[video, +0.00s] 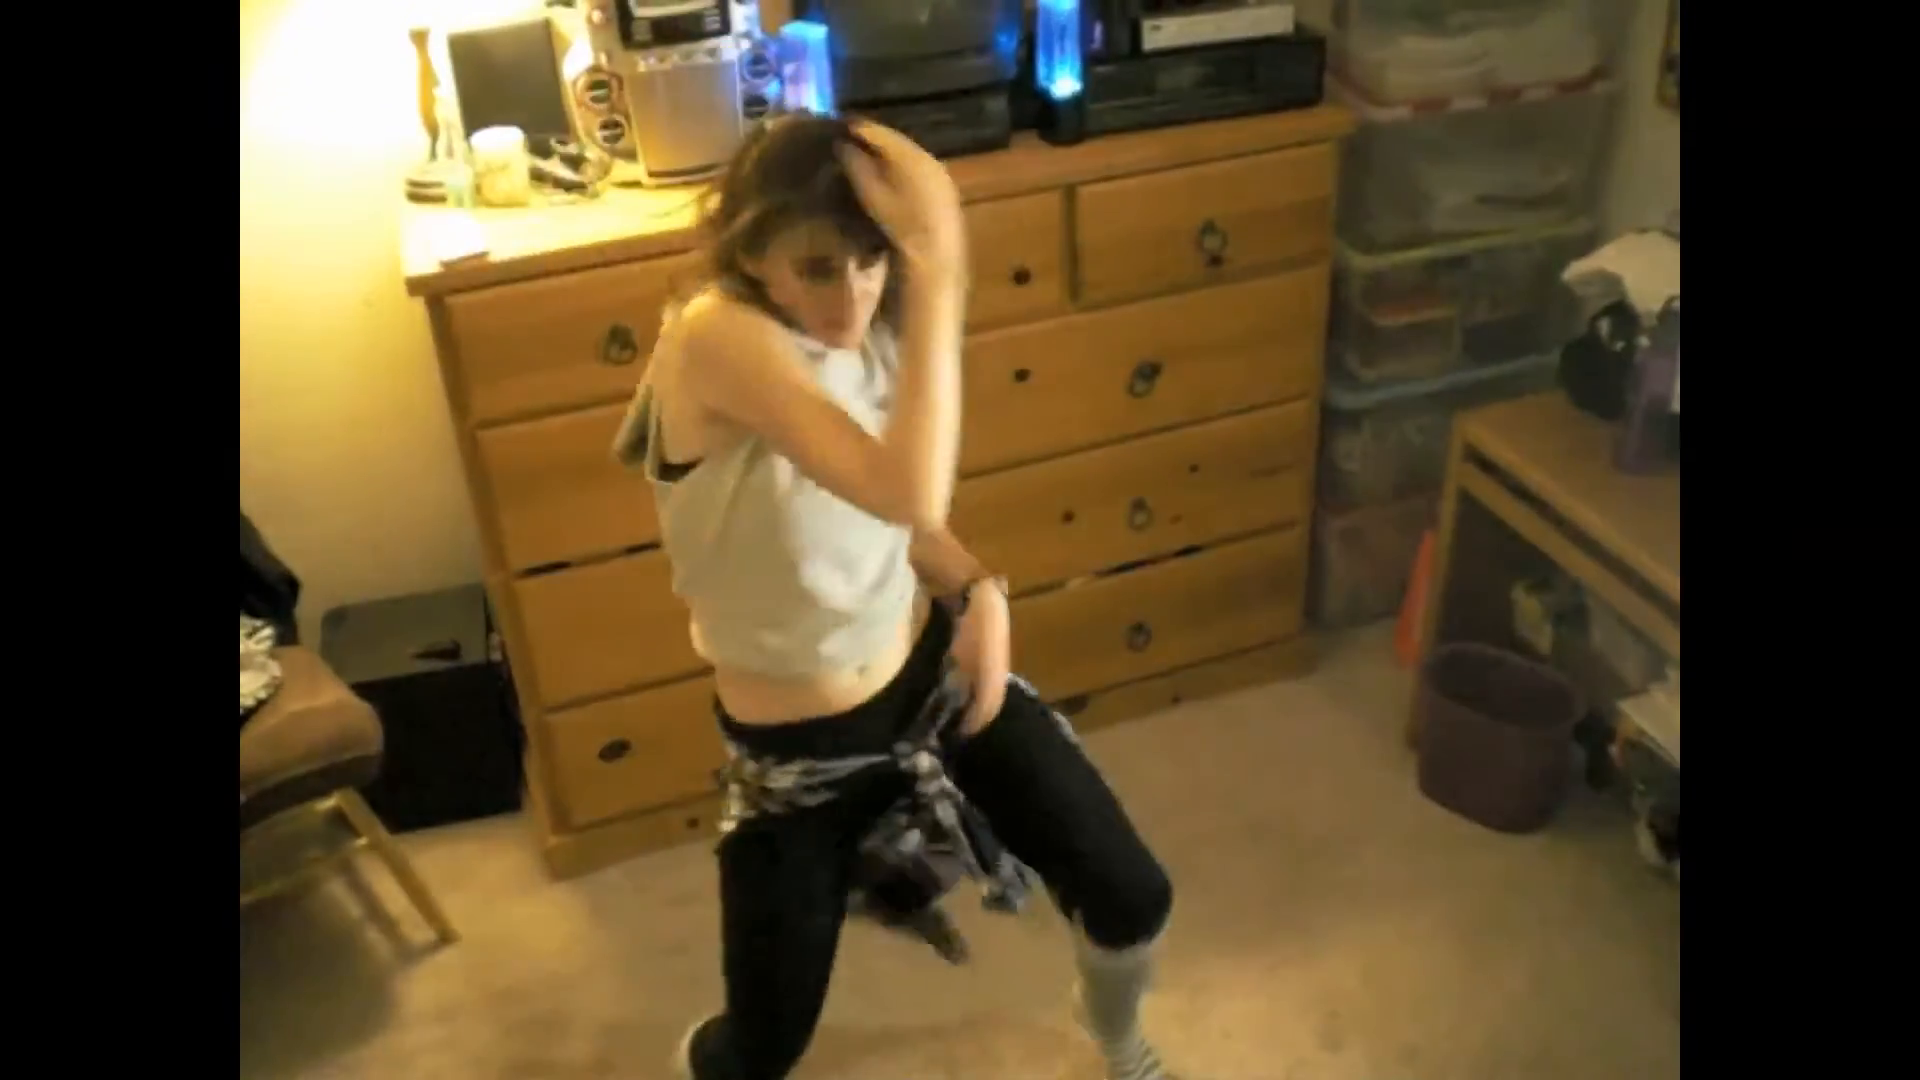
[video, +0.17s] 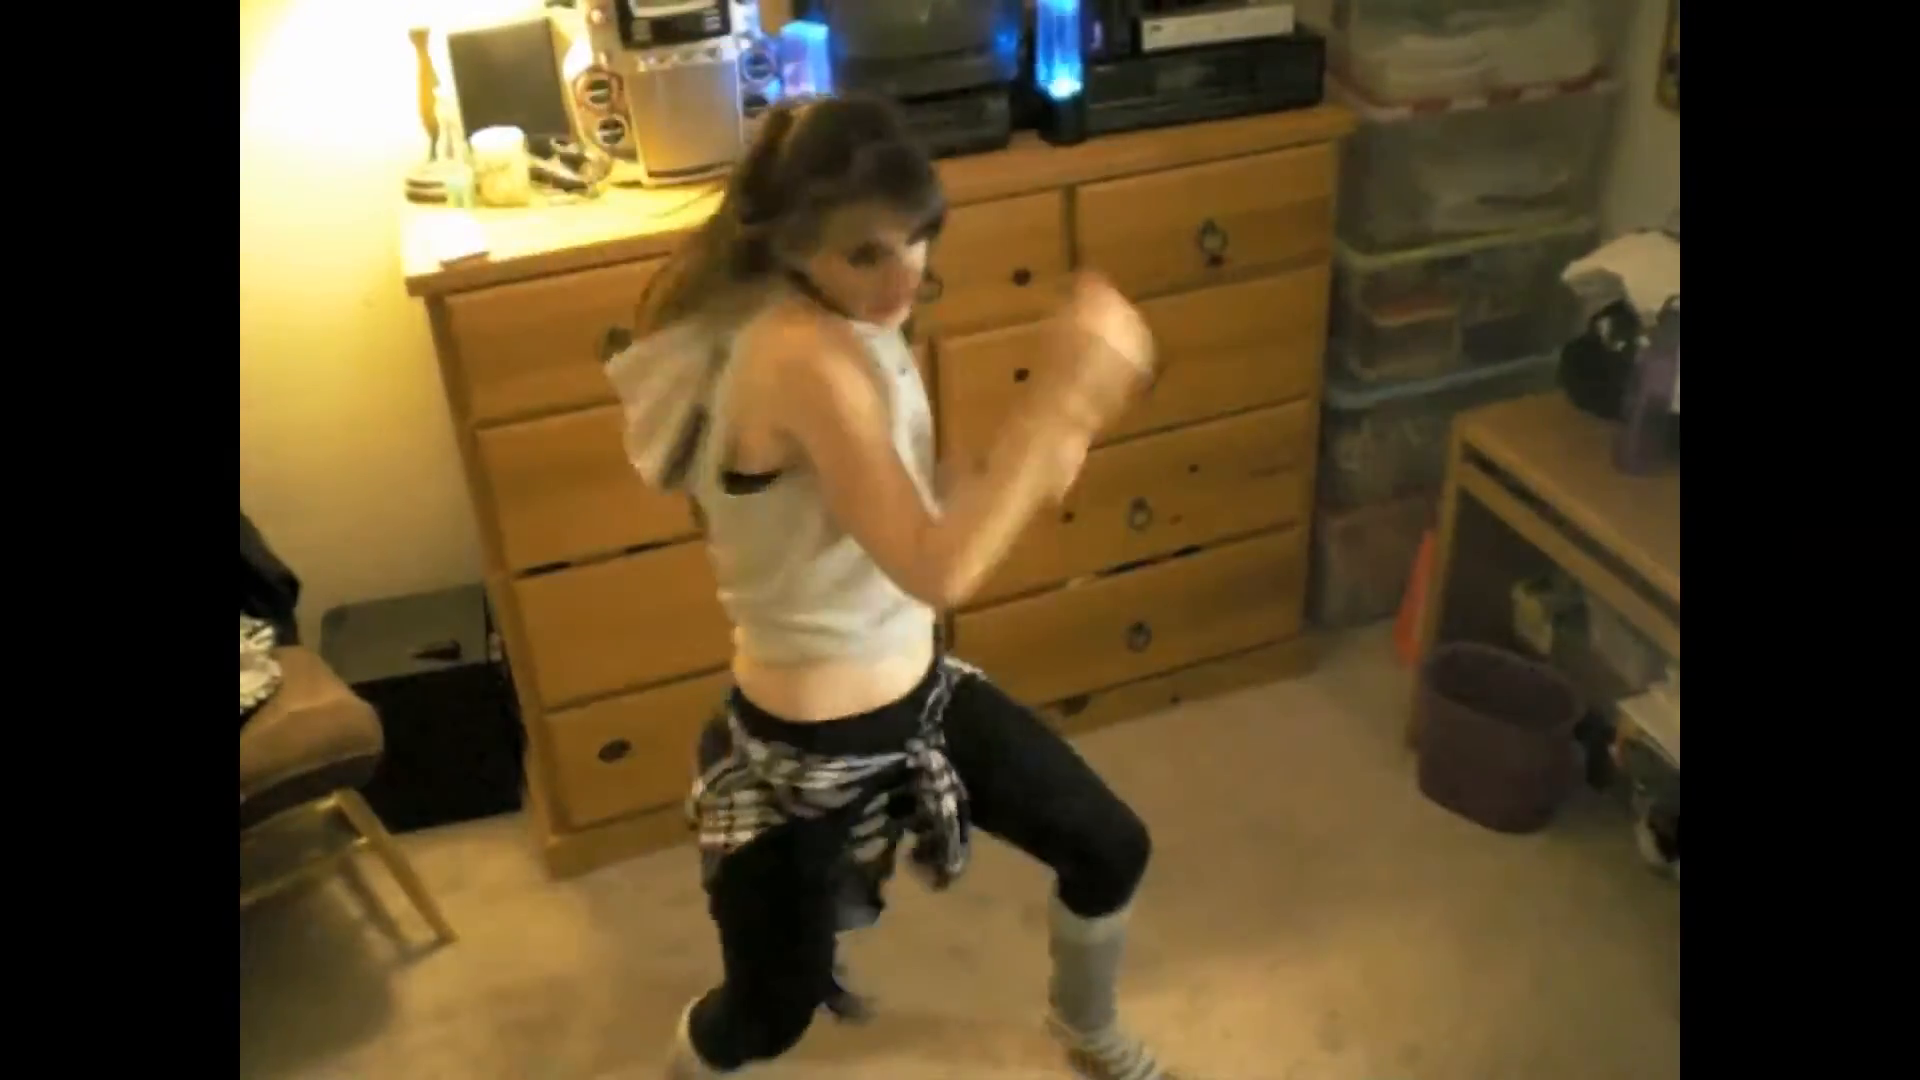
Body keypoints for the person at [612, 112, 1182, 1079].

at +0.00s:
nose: (850, 300)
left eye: (871, 262)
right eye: (816, 272)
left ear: (890, 251)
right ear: (749, 257)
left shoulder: (875, 331)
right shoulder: (715, 337)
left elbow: (889, 510)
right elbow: (908, 490)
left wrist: (980, 591)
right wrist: (938, 264)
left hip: (937, 686)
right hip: (797, 761)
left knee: (1133, 899)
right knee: (763, 1045)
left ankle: (1115, 1039)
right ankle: (703, 1066)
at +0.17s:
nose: (906, 276)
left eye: (919, 241)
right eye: (867, 256)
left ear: (932, 216)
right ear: (795, 250)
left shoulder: (862, 326)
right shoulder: (800, 362)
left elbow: (918, 496)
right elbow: (940, 570)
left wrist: (1023, 465)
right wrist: (1065, 398)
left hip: (924, 703)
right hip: (798, 761)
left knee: (1109, 847)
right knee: (768, 1013)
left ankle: (1086, 1025)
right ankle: (688, 1059)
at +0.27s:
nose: (939, 273)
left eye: (949, 238)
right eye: (901, 254)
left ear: (961, 217)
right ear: (821, 248)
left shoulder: (888, 327)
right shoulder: (852, 356)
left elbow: (983, 450)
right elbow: (986, 572)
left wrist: (1142, 486)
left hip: (918, 711)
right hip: (821, 759)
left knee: (1086, 859)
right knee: (774, 992)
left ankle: (1079, 1022)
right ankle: (668, 1062)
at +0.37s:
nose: (1007, 263)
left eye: (1012, 229)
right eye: (965, 246)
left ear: (1024, 219)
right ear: (897, 256)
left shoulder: (938, 326)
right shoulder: (948, 371)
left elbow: (1026, 410)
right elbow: (1013, 605)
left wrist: (1129, 479)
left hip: (933, 716)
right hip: (844, 752)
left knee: (1060, 861)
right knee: (782, 993)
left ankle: (1071, 1023)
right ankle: (650, 1059)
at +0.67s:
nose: (1136, 810)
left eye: (1155, 806)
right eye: (1156, 799)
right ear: (1163, 737)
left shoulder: (1089, 567)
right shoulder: (1031, 712)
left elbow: (890, 504)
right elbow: (801, 673)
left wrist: (730, 476)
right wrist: (581, 686)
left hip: (913, 728)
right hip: (803, 784)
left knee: (1085, 860)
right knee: (937, 1022)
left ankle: (1071, 1027)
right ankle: (814, 1057)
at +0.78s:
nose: (1080, 800)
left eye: (1101, 799)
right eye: (1099, 791)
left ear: (1108, 703)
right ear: (1091, 718)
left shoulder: (1079, 561)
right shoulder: (974, 703)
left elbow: (911, 515)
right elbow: (739, 672)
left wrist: (751, 541)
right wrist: (563, 725)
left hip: (898, 748)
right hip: (779, 794)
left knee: (1075, 854)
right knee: (897, 1030)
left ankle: (1073, 1023)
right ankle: (797, 1054)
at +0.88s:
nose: (1056, 736)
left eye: (1077, 725)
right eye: (1064, 716)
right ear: (1026, 656)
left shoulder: (1030, 502)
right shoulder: (883, 632)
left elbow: (854, 462)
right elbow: (680, 652)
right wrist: (572, 757)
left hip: (900, 734)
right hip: (767, 792)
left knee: (1074, 905)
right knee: (853, 1046)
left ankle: (1068, 1025)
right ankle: (768, 1064)